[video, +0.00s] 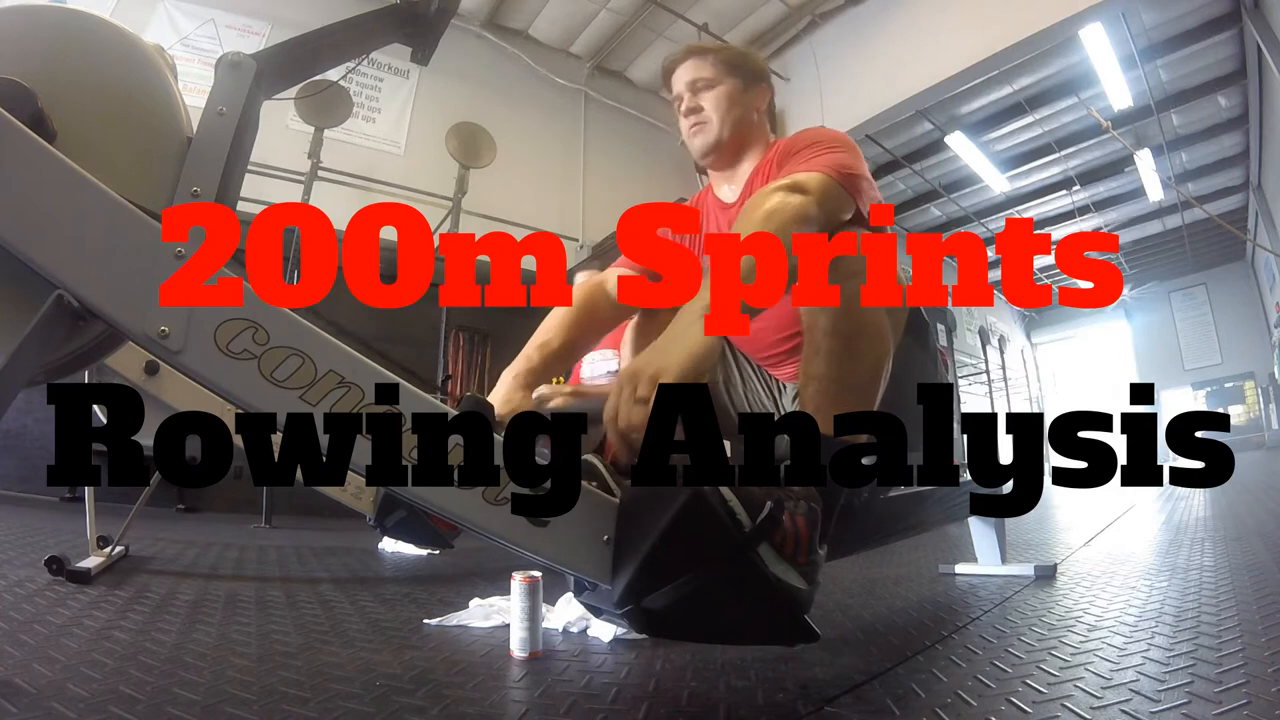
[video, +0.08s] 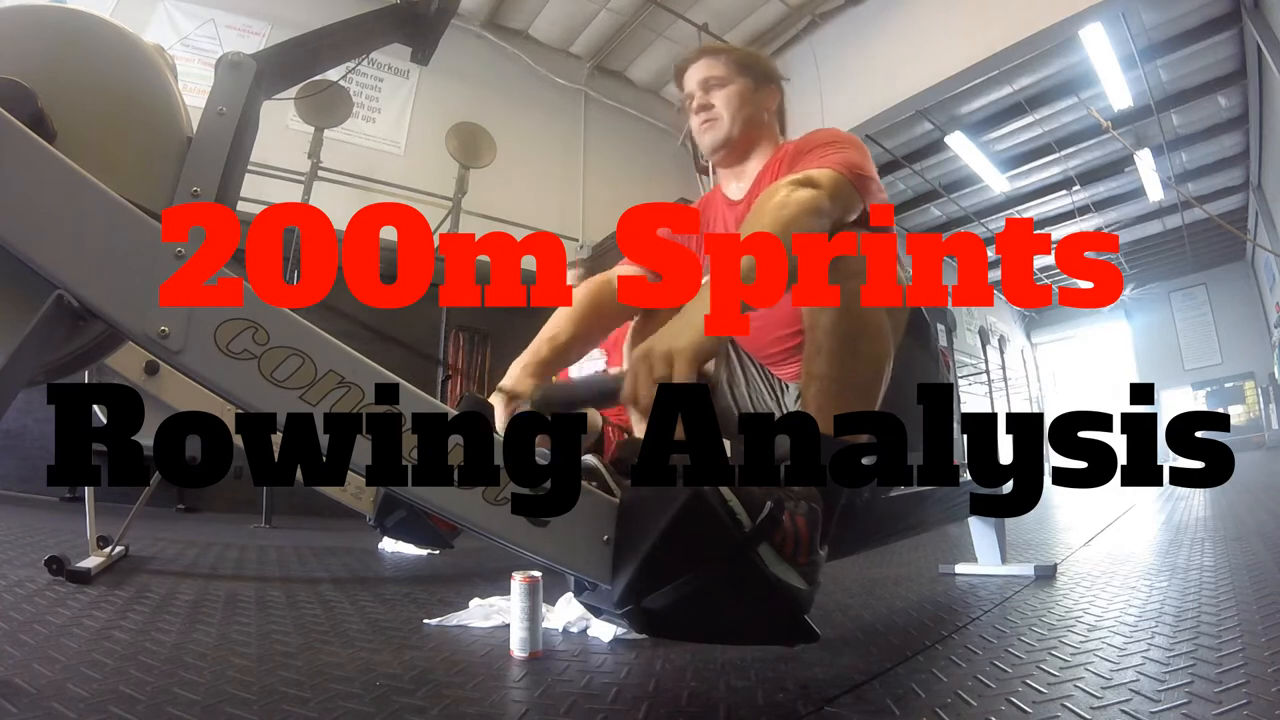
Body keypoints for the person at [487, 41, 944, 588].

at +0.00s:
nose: (685, 107)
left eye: (702, 87)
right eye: (677, 104)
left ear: (762, 96)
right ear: (679, 133)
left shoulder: (818, 148)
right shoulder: (691, 214)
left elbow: (788, 220)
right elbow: (606, 287)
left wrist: (669, 351)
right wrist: (516, 377)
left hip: (831, 391)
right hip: (737, 393)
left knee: (848, 264)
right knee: (655, 304)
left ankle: (806, 500)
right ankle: (641, 489)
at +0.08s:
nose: (696, 106)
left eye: (713, 88)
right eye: (688, 105)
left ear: (770, 96)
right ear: (690, 135)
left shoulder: (827, 147)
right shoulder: (699, 213)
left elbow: (811, 206)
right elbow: (617, 284)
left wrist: (697, 321)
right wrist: (529, 369)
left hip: (827, 393)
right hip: (737, 391)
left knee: (848, 263)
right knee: (655, 306)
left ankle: (808, 499)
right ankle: (652, 475)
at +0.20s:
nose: (712, 107)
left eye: (729, 87)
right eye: (703, 105)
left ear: (782, 99)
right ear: (704, 134)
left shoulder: (841, 151)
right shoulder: (709, 216)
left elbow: (816, 205)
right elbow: (622, 282)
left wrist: (710, 307)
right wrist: (530, 368)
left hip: (835, 390)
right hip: (744, 388)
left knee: (846, 266)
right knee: (664, 329)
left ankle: (810, 499)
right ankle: (667, 514)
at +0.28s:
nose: (739, 105)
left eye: (756, 90)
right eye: (730, 101)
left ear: (803, 105)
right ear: (727, 126)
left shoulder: (858, 158)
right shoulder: (721, 218)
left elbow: (828, 217)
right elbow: (648, 280)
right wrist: (568, 346)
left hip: (850, 382)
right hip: (764, 384)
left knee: (840, 238)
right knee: (654, 308)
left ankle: (809, 493)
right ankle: (672, 498)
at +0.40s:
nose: (769, 111)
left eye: (785, 96)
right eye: (759, 108)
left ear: (828, 107)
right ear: (755, 132)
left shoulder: (884, 159)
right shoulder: (754, 213)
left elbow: (865, 199)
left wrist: (771, 216)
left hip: (892, 374)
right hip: (794, 380)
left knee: (854, 262)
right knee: (683, 332)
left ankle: (810, 499)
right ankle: (680, 506)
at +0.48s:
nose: (798, 122)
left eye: (813, 108)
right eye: (789, 119)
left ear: (856, 118)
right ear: (784, 140)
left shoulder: (904, 164)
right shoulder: (789, 217)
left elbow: (884, 191)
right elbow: (728, 279)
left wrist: (808, 189)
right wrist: (730, 215)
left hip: (901, 370)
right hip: (811, 371)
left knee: (870, 275)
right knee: (700, 337)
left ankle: (823, 468)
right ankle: (685, 481)